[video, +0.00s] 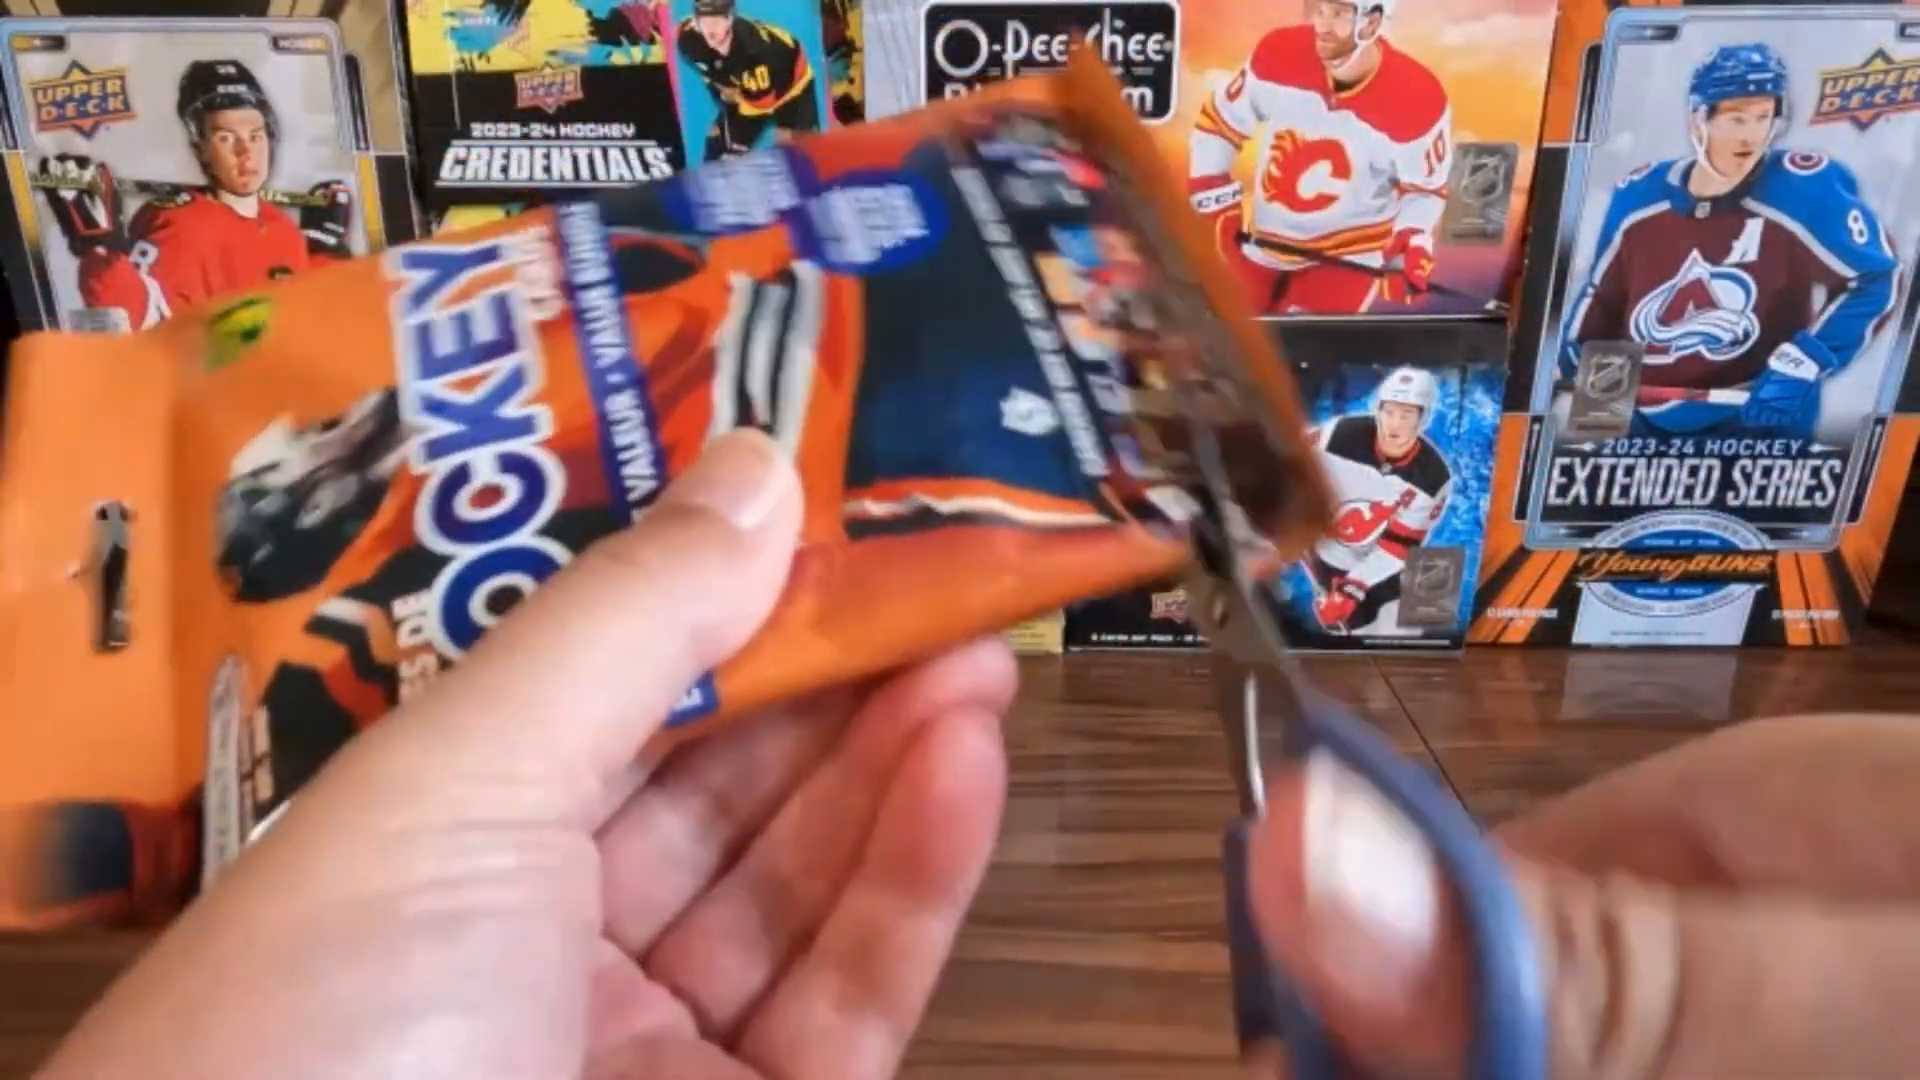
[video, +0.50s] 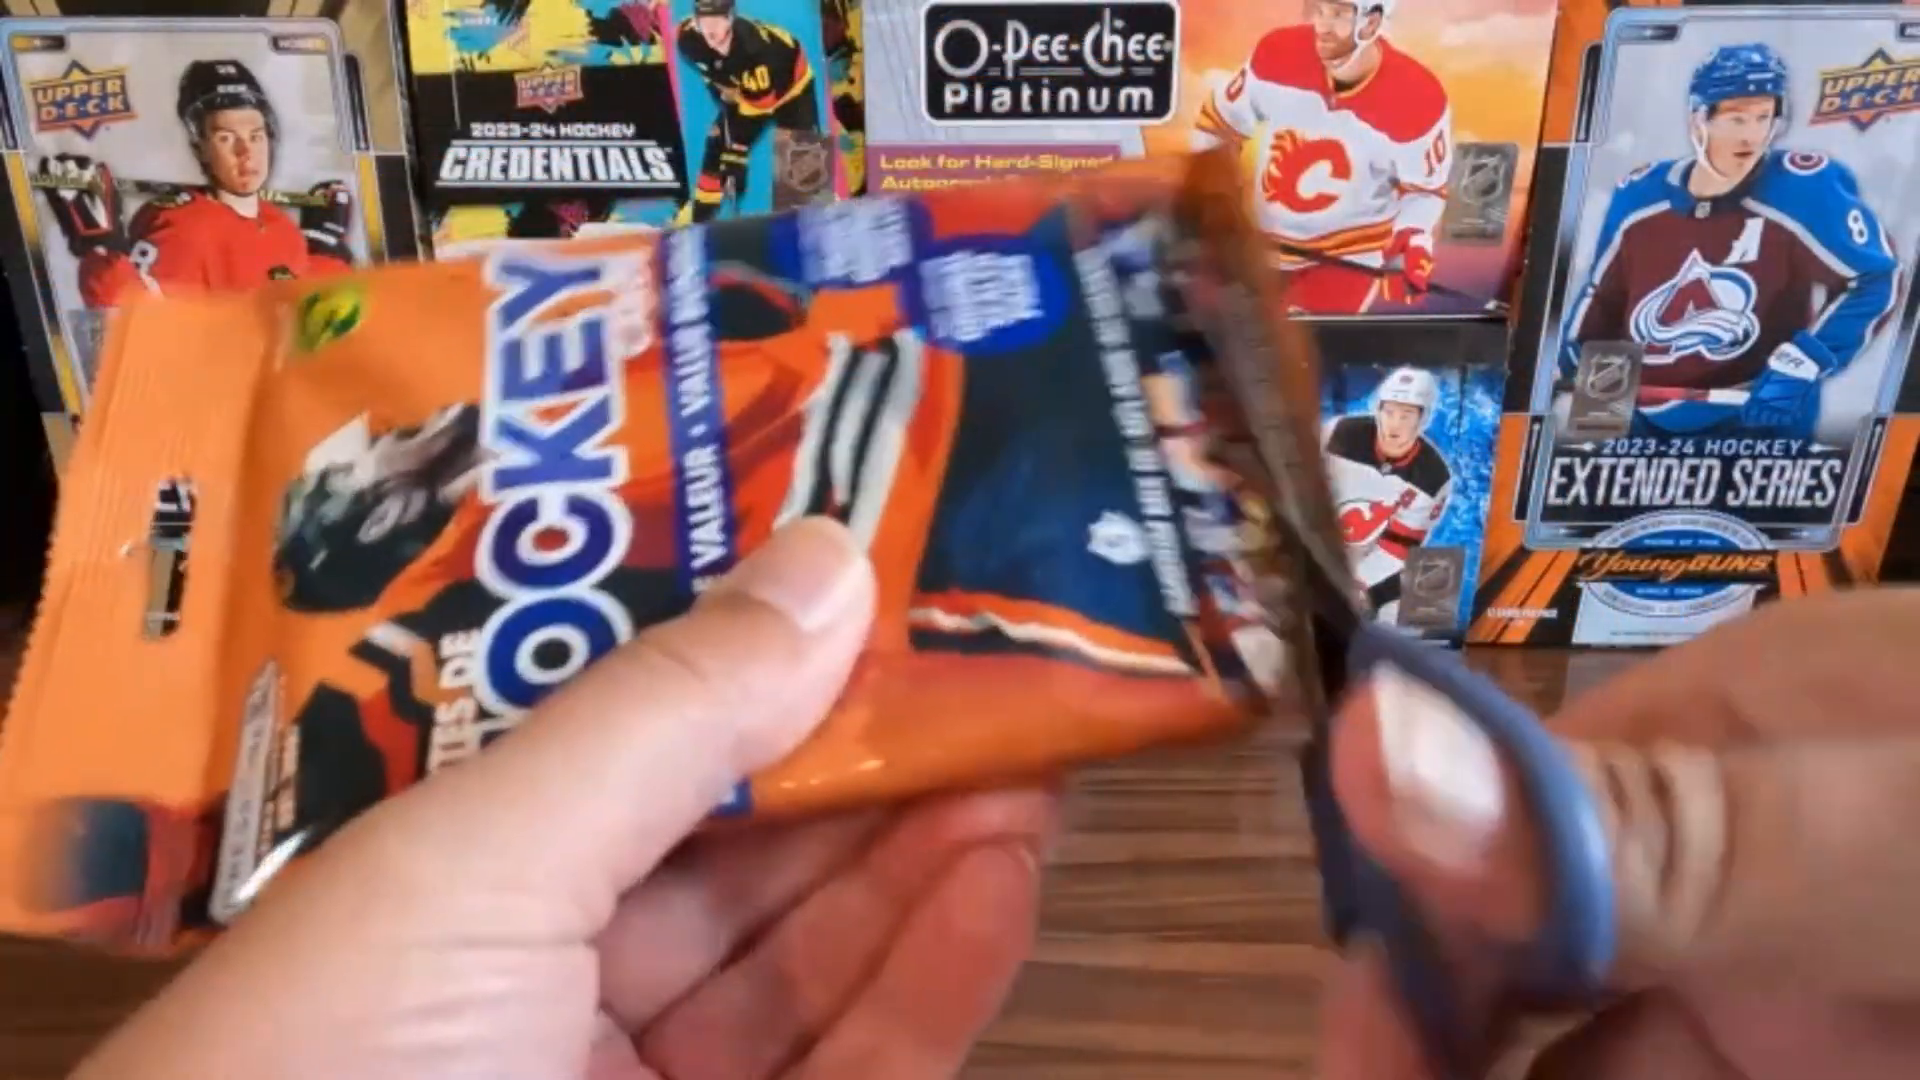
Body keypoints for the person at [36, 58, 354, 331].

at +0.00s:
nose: (246, 153)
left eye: (256, 136)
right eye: (226, 138)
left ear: (271, 141)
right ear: (200, 149)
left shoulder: (285, 227)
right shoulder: (180, 228)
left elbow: (323, 316)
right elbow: (148, 332)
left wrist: (329, 250)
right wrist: (102, 250)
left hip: (296, 380)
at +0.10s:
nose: (246, 154)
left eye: (256, 136)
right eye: (227, 139)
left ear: (270, 140)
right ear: (200, 150)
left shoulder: (286, 230)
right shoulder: (180, 228)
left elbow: (313, 328)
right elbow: (156, 335)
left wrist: (329, 253)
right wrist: (101, 251)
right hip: (206, 394)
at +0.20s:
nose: (246, 154)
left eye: (256, 136)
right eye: (226, 139)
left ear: (271, 140)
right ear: (200, 149)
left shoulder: (285, 227)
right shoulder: (181, 227)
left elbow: (321, 318)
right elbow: (151, 330)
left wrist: (331, 251)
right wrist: (101, 251)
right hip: (211, 394)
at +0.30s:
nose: (247, 153)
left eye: (256, 136)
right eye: (227, 139)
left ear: (270, 141)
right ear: (201, 150)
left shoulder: (285, 227)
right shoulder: (180, 229)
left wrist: (326, 244)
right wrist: (101, 255)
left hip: (286, 381)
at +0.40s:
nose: (247, 153)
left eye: (256, 136)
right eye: (228, 139)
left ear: (270, 140)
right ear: (201, 149)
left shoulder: (285, 229)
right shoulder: (180, 229)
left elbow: (312, 326)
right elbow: (150, 335)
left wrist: (330, 250)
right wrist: (101, 251)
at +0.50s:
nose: (247, 153)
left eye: (256, 136)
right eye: (228, 139)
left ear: (270, 141)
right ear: (201, 150)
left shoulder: (284, 229)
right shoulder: (179, 228)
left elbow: (312, 318)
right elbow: (153, 334)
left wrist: (331, 252)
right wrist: (102, 254)